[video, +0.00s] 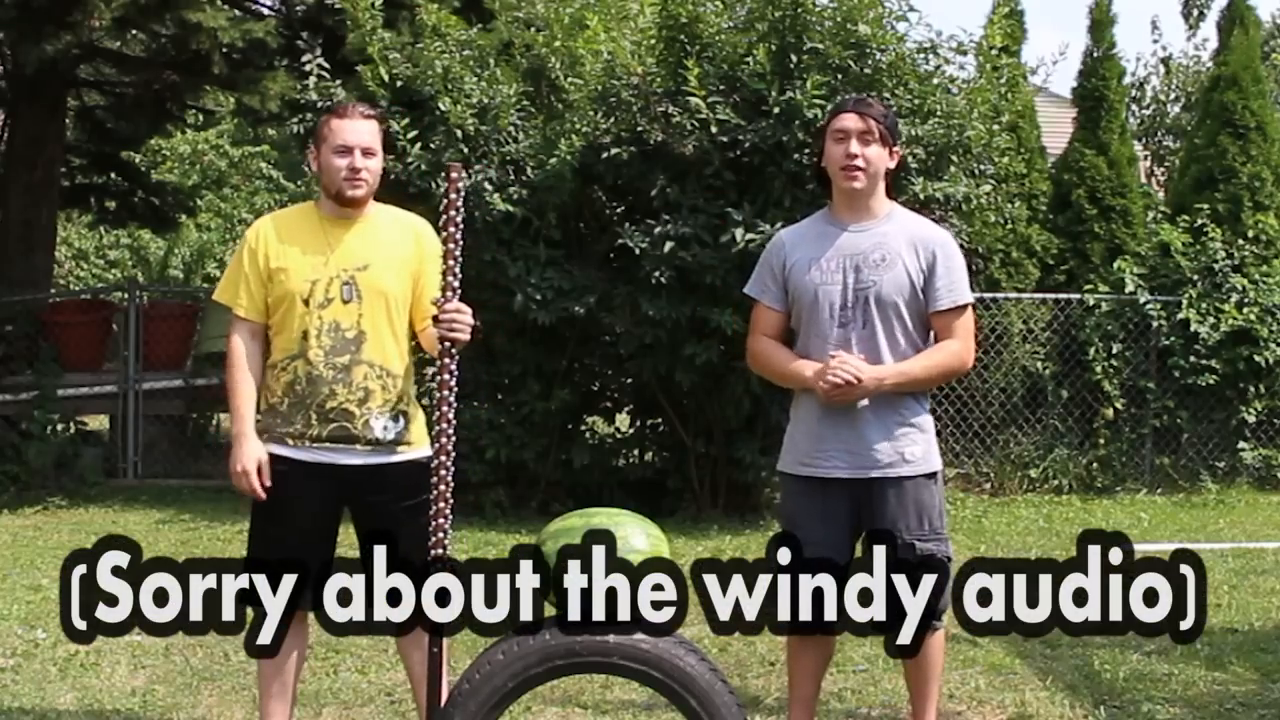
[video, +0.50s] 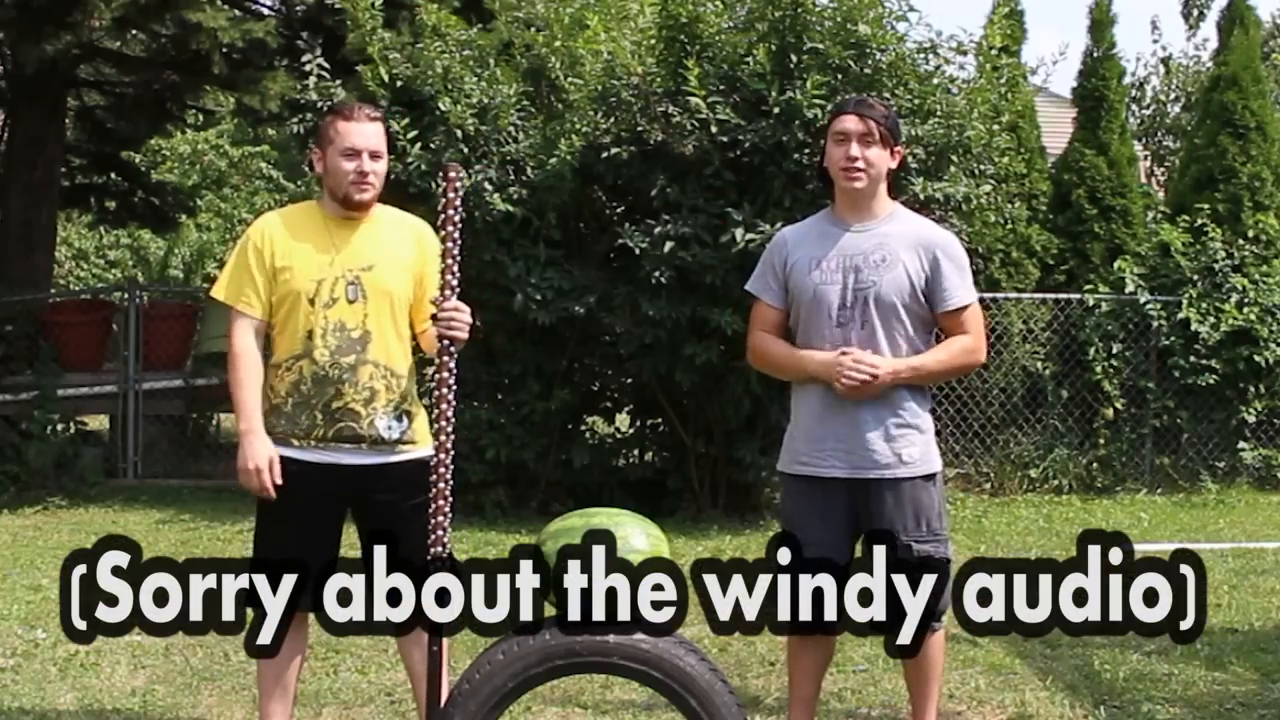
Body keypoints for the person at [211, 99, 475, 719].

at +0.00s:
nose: (356, 163)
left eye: (368, 153)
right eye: (343, 152)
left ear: (383, 163)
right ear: (314, 160)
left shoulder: (415, 236)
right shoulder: (270, 235)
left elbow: (430, 331)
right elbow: (245, 340)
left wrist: (454, 330)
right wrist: (244, 433)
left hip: (395, 456)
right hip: (295, 454)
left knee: (418, 604)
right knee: (281, 604)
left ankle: (438, 716)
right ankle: (275, 717)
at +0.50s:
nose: (365, 167)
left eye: (376, 155)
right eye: (350, 154)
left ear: (388, 164)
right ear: (317, 161)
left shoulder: (416, 237)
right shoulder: (272, 234)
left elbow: (429, 334)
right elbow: (244, 334)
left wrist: (453, 330)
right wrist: (251, 432)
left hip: (398, 457)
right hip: (299, 455)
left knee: (420, 604)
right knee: (282, 605)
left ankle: (439, 716)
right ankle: (275, 717)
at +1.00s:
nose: (403, 171)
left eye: (408, 160)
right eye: (388, 160)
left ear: (413, 163)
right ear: (344, 162)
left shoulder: (430, 239)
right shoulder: (285, 233)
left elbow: (442, 336)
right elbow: (257, 333)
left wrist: (467, 333)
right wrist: (252, 429)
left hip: (410, 460)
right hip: (309, 457)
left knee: (426, 604)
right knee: (294, 602)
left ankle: (439, 715)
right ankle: (275, 716)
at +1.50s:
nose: (401, 175)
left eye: (408, 163)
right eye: (385, 164)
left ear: (416, 165)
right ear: (345, 166)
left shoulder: (434, 239)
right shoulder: (289, 232)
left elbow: (446, 333)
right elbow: (265, 328)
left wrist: (469, 332)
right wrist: (261, 421)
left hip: (409, 463)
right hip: (309, 458)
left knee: (425, 605)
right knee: (290, 602)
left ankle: (438, 715)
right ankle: (274, 717)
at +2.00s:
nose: (357, 170)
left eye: (371, 160)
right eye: (345, 156)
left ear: (388, 171)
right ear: (319, 159)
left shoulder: (411, 243)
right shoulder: (266, 230)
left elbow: (427, 344)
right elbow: (233, 325)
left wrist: (455, 336)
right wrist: (222, 423)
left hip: (378, 459)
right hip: (279, 454)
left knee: (406, 604)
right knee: (272, 603)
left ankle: (435, 715)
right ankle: (273, 718)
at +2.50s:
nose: (356, 168)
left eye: (370, 157)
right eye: (344, 154)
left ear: (386, 166)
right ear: (316, 160)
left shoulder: (415, 238)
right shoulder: (271, 233)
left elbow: (429, 337)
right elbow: (245, 333)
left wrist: (454, 333)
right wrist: (253, 428)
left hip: (395, 459)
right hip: (297, 455)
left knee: (414, 605)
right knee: (282, 604)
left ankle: (434, 714)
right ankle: (274, 717)